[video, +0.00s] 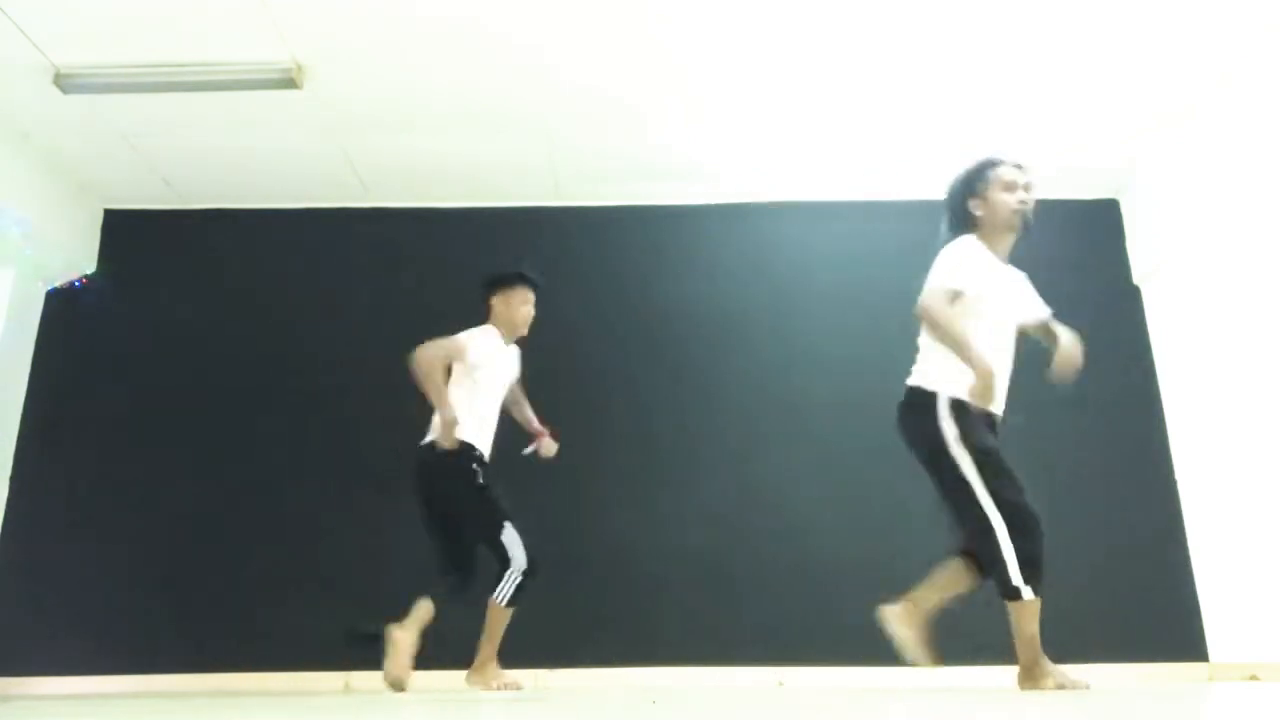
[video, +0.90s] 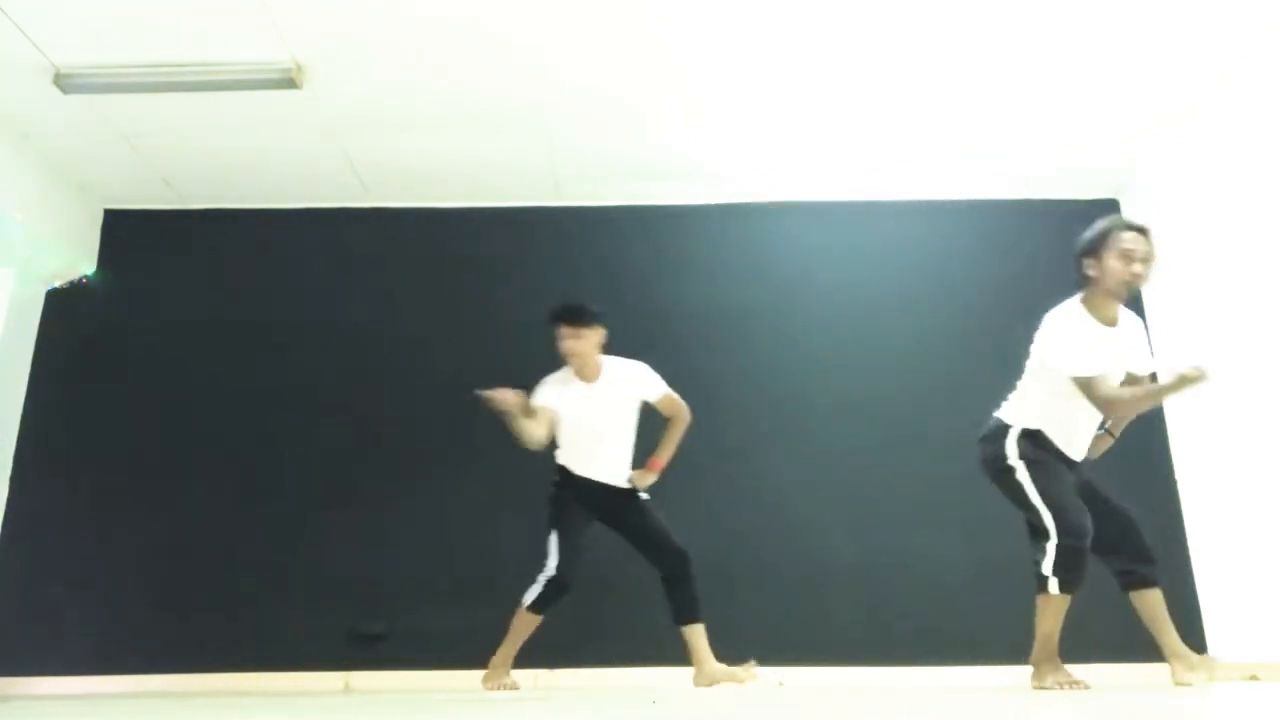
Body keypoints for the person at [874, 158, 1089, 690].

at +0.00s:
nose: (1026, 197)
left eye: (1027, 188)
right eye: (1011, 188)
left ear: (1027, 204)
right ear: (976, 203)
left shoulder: (1014, 281)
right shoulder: (960, 252)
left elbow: (1048, 329)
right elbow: (931, 308)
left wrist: (1066, 343)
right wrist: (979, 363)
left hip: (974, 412)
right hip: (939, 404)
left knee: (996, 534)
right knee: (1015, 526)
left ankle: (910, 612)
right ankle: (1033, 668)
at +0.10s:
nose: (1032, 206)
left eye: (1038, 199)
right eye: (1018, 199)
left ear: (1047, 213)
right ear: (989, 217)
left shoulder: (1049, 288)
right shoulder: (966, 272)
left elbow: (1095, 351)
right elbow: (907, 337)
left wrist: (1067, 386)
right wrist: (967, 342)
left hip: (999, 426)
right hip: (945, 419)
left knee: (1068, 526)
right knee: (1020, 528)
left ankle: (988, 623)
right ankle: (1035, 669)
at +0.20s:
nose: (1032, 218)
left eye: (1041, 209)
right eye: (1019, 210)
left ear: (1052, 223)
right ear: (995, 225)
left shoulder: (1067, 297)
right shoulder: (966, 291)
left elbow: (1116, 361)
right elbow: (904, 357)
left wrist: (1071, 404)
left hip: (1021, 432)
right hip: (959, 428)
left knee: (1108, 517)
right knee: (1029, 529)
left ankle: (1053, 626)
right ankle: (1038, 669)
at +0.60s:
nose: (1060, 251)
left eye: (1069, 242)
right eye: (1047, 241)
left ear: (1080, 250)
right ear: (1021, 252)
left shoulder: (1099, 309)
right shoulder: (999, 313)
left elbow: (1148, 368)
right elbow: (941, 360)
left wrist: (1104, 424)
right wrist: (875, 350)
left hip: (1061, 448)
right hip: (1001, 439)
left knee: (1148, 529)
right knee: (1053, 531)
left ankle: (1075, 628)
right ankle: (1044, 665)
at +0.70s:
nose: (1081, 258)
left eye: (1089, 248)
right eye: (1068, 247)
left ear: (1096, 257)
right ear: (1037, 258)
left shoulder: (1107, 315)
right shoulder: (1015, 317)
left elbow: (1148, 374)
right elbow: (996, 374)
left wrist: (1105, 429)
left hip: (1062, 452)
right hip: (1006, 442)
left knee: (1149, 525)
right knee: (1054, 527)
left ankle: (1129, 644)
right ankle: (1045, 664)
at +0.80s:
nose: (1106, 262)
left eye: (1114, 253)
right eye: (1094, 251)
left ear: (1121, 263)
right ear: (1061, 261)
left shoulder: (1117, 319)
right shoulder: (1037, 321)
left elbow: (1145, 379)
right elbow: (1066, 386)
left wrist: (1107, 431)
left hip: (1060, 452)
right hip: (1009, 442)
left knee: (1138, 529)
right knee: (1060, 532)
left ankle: (1179, 653)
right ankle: (1045, 666)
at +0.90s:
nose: (1138, 267)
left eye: (1144, 259)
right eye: (1126, 256)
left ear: (1149, 268)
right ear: (1090, 265)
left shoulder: (1131, 326)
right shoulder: (1064, 322)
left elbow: (1136, 394)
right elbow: (1107, 400)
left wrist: (1111, 427)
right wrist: (1172, 386)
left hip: (1060, 452)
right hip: (1017, 441)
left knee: (1121, 533)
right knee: (1068, 528)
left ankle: (1181, 658)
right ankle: (1044, 665)